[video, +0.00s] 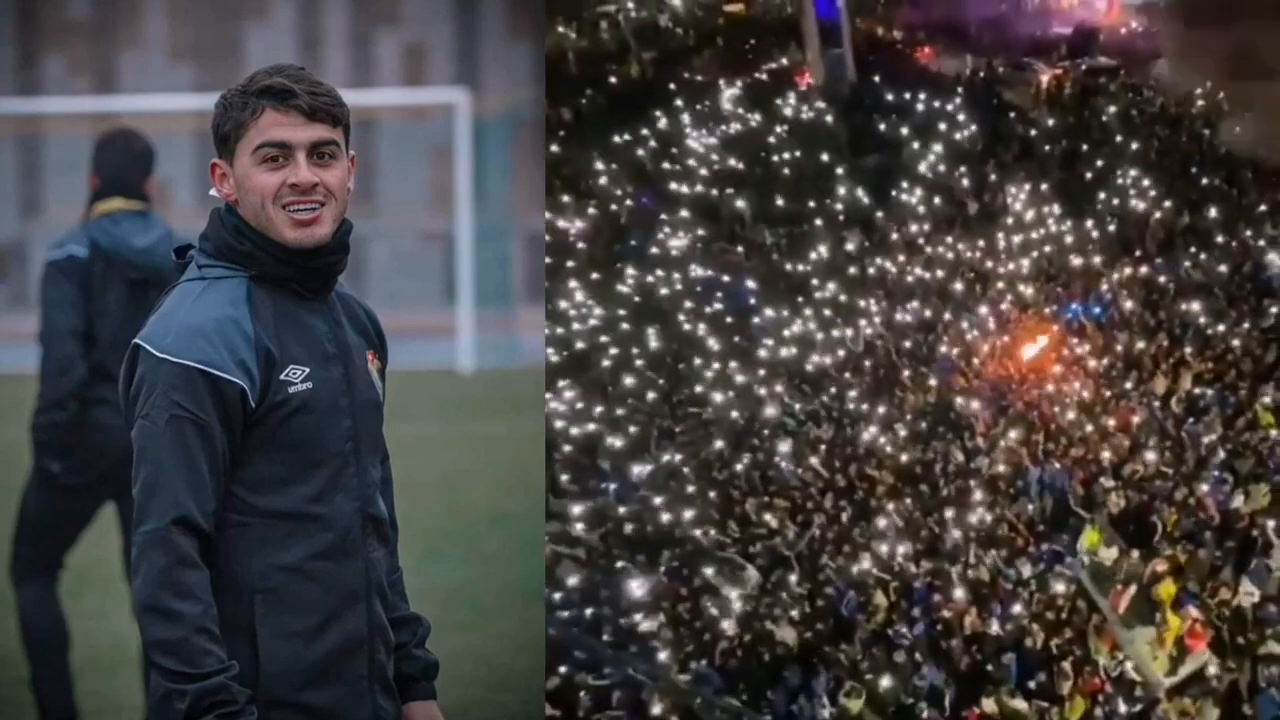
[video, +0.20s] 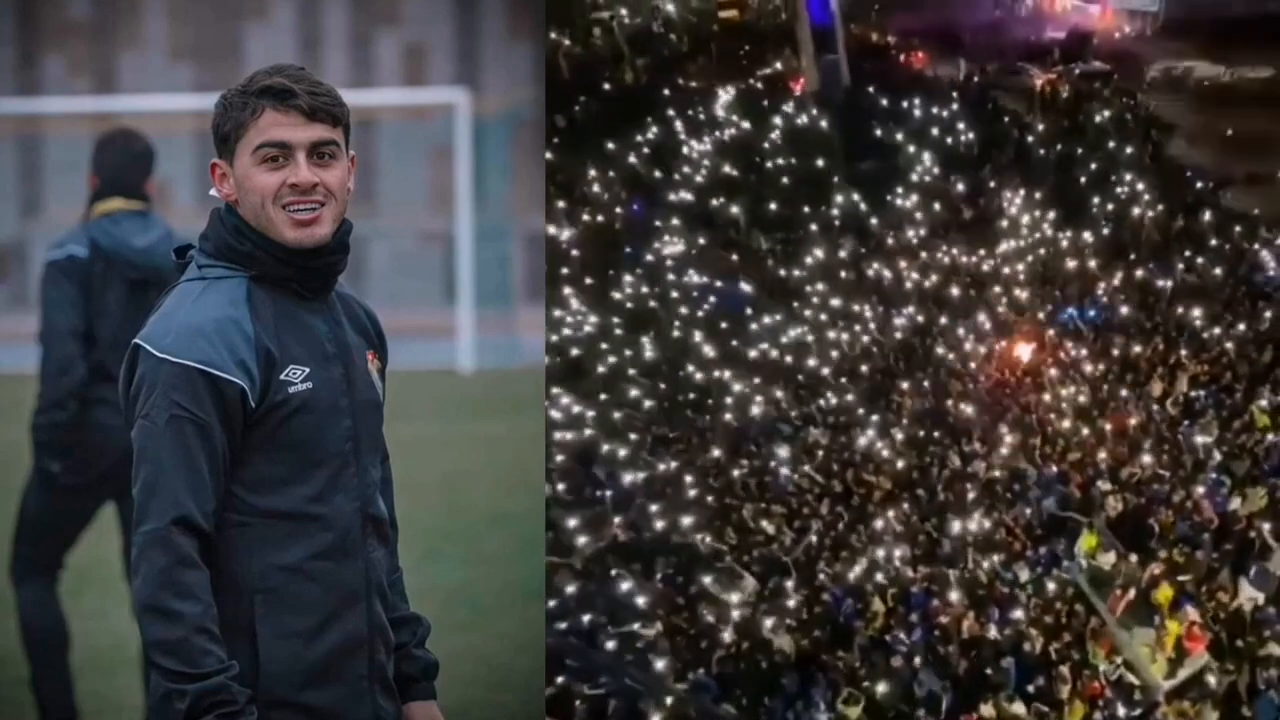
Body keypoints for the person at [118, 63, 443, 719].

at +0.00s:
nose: (304, 178)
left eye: (322, 155)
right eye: (274, 158)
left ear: (350, 171)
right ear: (226, 182)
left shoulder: (356, 323)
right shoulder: (195, 334)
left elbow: (372, 525)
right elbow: (164, 550)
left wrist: (414, 684)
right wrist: (213, 705)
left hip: (365, 690)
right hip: (259, 691)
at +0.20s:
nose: (304, 178)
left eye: (322, 155)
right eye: (274, 158)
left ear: (350, 171)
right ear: (226, 182)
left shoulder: (356, 323)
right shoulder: (195, 334)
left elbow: (372, 525)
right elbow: (164, 550)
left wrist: (414, 684)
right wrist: (213, 705)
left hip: (365, 690)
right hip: (259, 691)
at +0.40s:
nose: (304, 179)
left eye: (322, 155)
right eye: (274, 158)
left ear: (350, 171)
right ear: (226, 182)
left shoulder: (356, 323)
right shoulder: (195, 334)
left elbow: (372, 525)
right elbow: (164, 550)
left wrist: (414, 684)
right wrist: (213, 705)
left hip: (365, 690)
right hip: (259, 691)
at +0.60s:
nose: (304, 179)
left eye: (322, 155)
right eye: (274, 158)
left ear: (350, 171)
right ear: (226, 182)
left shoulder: (356, 323)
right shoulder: (195, 334)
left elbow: (372, 525)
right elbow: (164, 550)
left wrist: (414, 684)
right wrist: (213, 705)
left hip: (365, 690)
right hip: (259, 691)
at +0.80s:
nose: (304, 179)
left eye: (322, 155)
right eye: (274, 158)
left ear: (350, 171)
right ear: (226, 182)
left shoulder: (356, 323)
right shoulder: (195, 334)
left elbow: (372, 525)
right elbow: (164, 550)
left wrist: (414, 684)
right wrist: (213, 705)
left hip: (365, 690)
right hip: (259, 691)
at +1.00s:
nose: (305, 178)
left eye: (322, 155)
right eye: (274, 158)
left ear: (349, 171)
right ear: (226, 182)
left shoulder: (356, 323)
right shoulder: (195, 334)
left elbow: (372, 525)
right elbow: (164, 550)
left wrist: (414, 684)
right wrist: (213, 705)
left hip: (366, 690)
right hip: (260, 691)